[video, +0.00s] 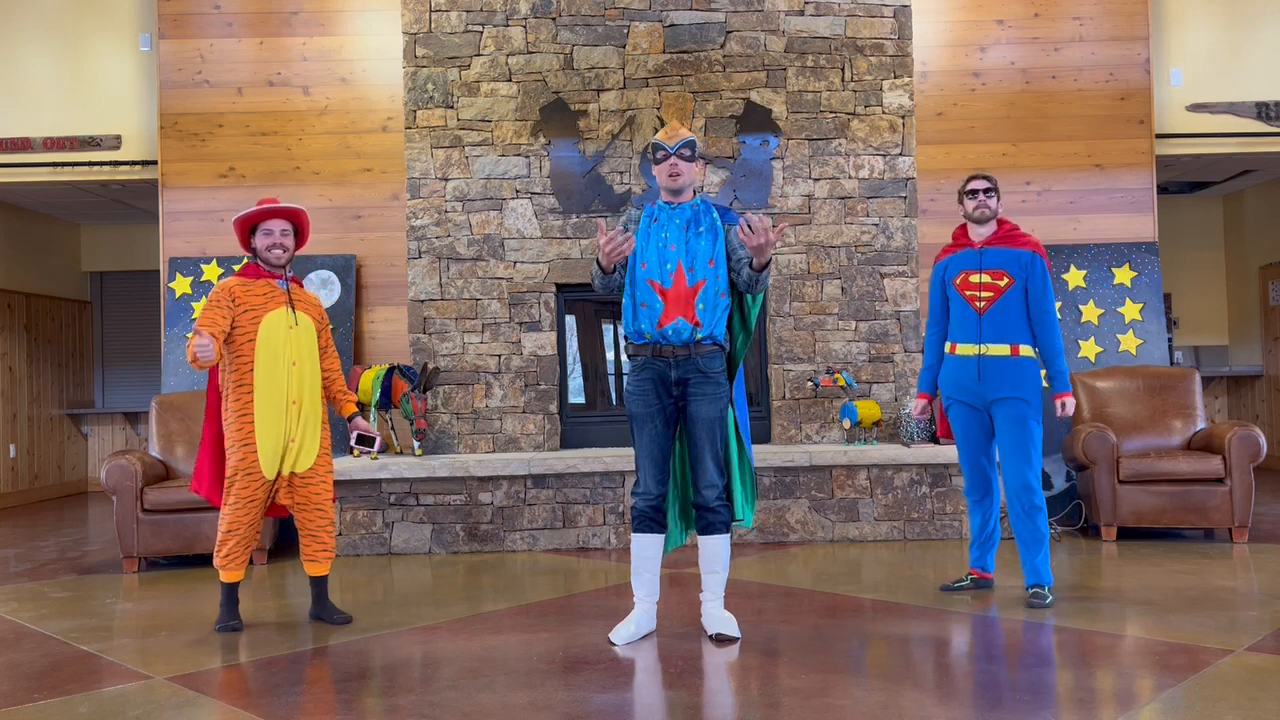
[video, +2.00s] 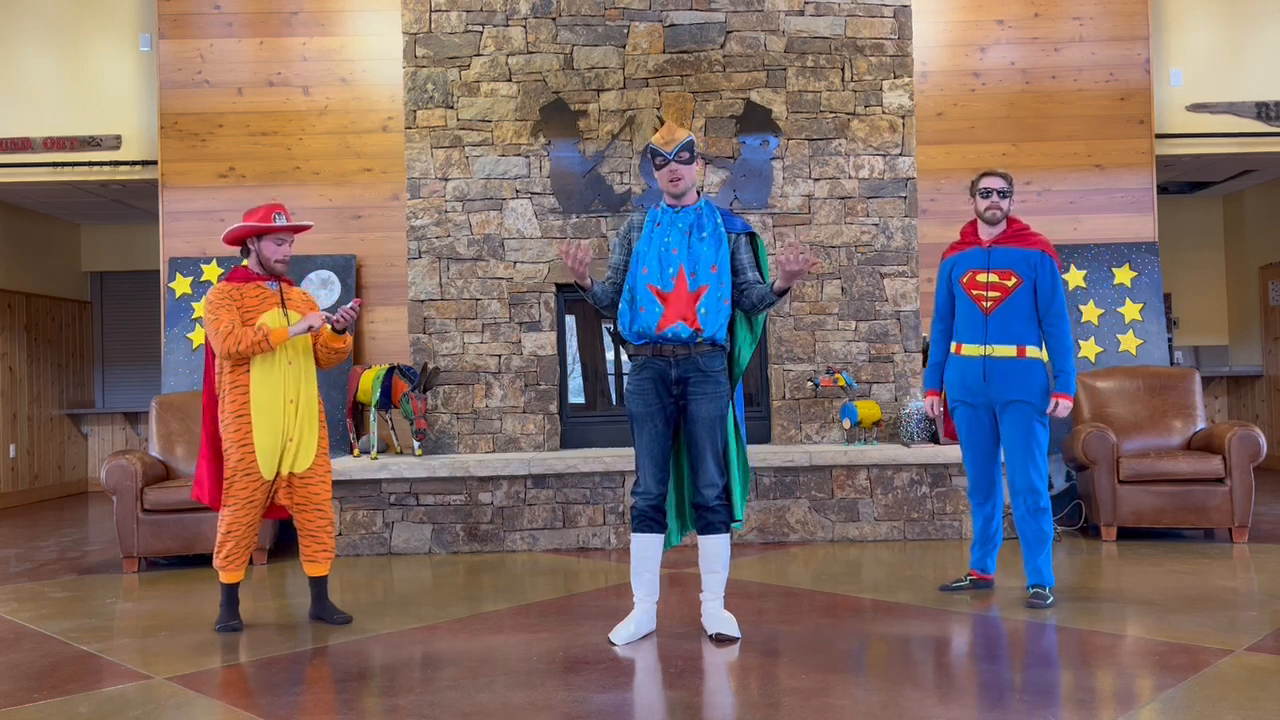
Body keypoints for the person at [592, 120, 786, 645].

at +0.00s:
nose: (673, 162)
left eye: (684, 155)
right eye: (663, 156)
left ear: (701, 167)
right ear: (651, 168)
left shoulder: (722, 221)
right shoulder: (635, 220)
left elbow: (744, 285)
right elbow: (608, 292)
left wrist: (759, 259)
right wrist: (608, 269)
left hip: (704, 365)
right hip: (646, 366)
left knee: (710, 485)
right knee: (650, 487)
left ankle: (714, 607)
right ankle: (644, 608)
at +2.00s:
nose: (673, 170)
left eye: (683, 159)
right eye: (662, 162)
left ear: (699, 165)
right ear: (651, 170)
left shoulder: (727, 225)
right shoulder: (636, 223)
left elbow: (751, 299)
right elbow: (610, 300)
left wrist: (780, 283)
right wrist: (585, 279)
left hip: (706, 365)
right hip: (646, 365)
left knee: (710, 485)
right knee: (649, 487)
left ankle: (714, 607)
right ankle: (644, 609)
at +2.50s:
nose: (692, 170)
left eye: (702, 161)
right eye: (682, 161)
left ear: (716, 166)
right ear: (669, 166)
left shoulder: (740, 226)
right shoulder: (646, 223)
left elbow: (762, 296)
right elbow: (616, 290)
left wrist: (770, 358)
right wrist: (600, 348)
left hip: (715, 366)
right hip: (654, 366)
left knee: (716, 488)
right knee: (653, 489)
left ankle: (715, 607)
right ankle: (644, 609)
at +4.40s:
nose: (675, 217)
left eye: (682, 210)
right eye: (668, 210)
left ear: (696, 201)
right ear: (656, 202)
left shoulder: (717, 241)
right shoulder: (635, 236)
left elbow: (738, 302)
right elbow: (615, 304)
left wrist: (736, 337)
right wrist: (615, 358)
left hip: (699, 367)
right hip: (646, 368)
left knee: (700, 476)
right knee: (653, 477)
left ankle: (699, 583)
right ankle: (656, 585)